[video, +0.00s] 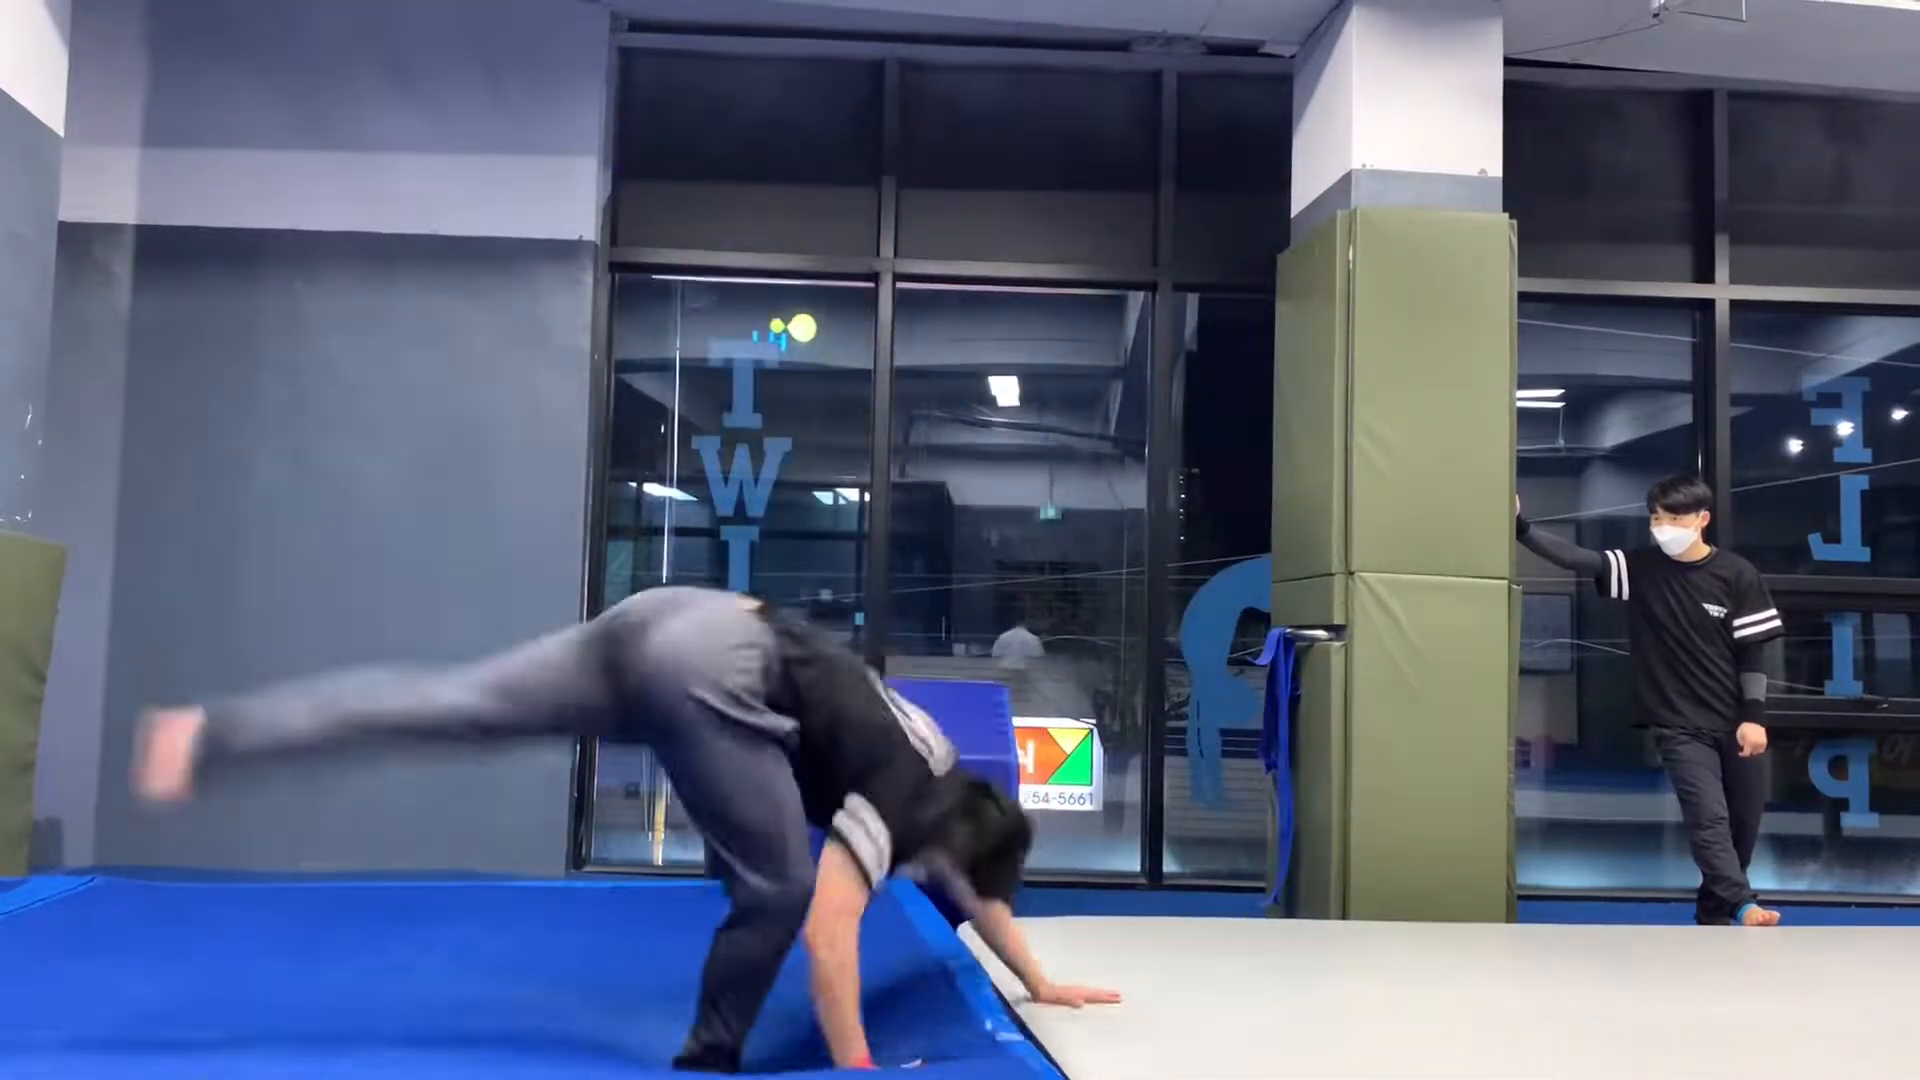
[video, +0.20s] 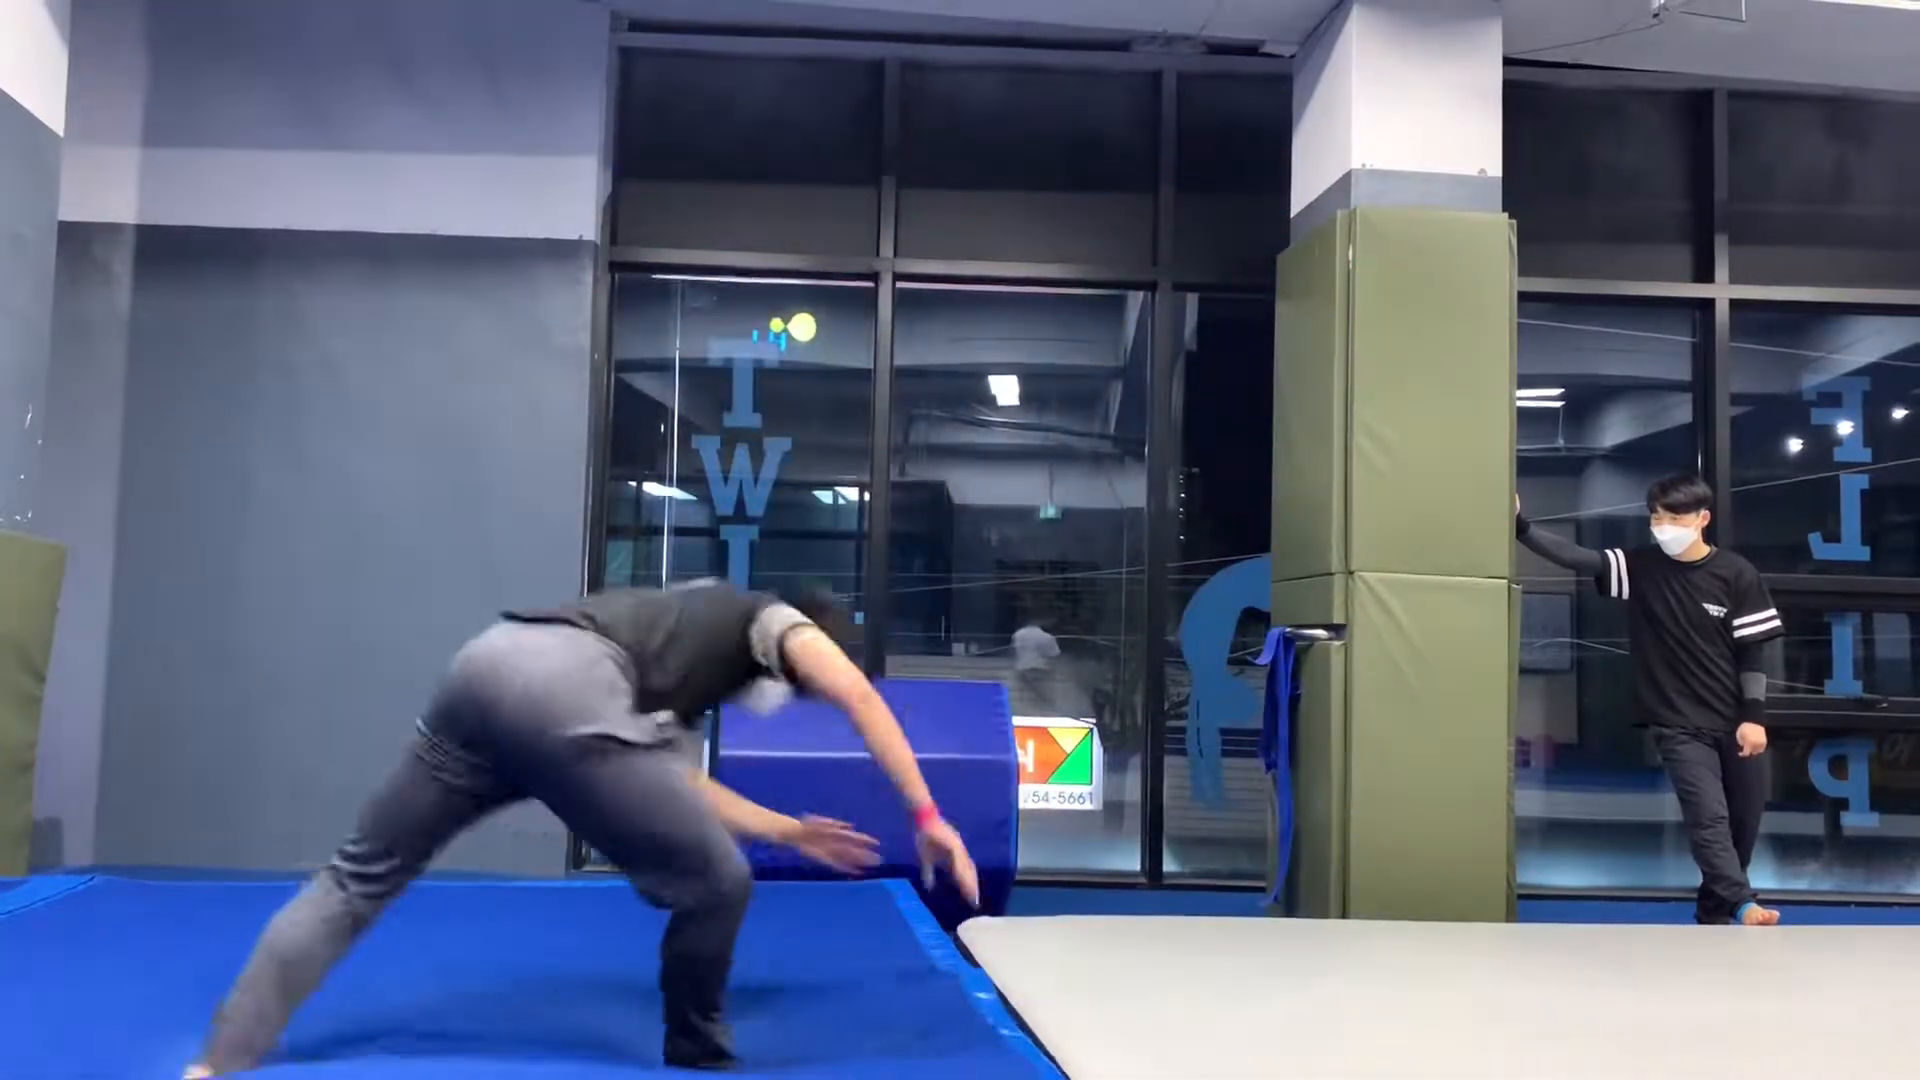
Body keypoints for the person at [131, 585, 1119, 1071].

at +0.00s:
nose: (968, 899)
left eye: (977, 890)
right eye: (971, 884)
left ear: (972, 806)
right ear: (961, 840)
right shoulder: (898, 802)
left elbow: (975, 895)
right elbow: (825, 917)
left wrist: (1042, 985)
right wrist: (856, 1055)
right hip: (713, 666)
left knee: (457, 702)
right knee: (779, 888)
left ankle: (210, 731)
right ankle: (710, 1059)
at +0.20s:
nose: (799, 687)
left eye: (808, 681)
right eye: (810, 673)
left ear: (760, 653)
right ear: (800, 637)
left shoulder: (674, 656)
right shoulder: (768, 611)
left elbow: (685, 785)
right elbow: (849, 691)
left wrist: (795, 833)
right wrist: (926, 810)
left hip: (483, 662)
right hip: (570, 673)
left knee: (354, 877)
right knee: (716, 877)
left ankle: (216, 1061)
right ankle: (696, 1051)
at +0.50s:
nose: (589, 486)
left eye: (588, 477)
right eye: (591, 473)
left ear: (525, 437)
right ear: (573, 451)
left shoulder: (439, 468)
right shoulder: (556, 458)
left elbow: (406, 602)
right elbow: (651, 559)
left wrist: (510, 641)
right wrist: (704, 607)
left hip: (346, 649)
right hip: (438, 646)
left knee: (253, 851)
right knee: (576, 844)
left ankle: (121, 1020)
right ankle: (667, 1036)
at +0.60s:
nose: (539, 463)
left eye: (538, 455)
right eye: (540, 452)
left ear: (468, 421)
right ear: (524, 433)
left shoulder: (384, 460)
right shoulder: (508, 444)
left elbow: (372, 555)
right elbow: (569, 513)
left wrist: (480, 584)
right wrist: (660, 560)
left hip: (316, 663)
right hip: (405, 651)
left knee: (244, 858)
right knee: (548, 842)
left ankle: (120, 1030)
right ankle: (660, 1028)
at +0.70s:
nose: (524, 451)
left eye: (520, 443)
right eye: (523, 440)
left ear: (450, 408)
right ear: (506, 421)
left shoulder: (362, 447)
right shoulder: (495, 430)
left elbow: (322, 560)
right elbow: (597, 517)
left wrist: (456, 569)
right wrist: (642, 531)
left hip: (319, 648)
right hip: (412, 636)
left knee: (248, 848)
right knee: (542, 841)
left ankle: (122, 1021)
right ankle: (662, 1020)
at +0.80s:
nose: (526, 440)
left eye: (520, 432)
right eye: (525, 429)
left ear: (451, 401)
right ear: (510, 413)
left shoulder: (364, 443)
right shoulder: (500, 423)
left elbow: (318, 549)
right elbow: (601, 501)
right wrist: (639, 515)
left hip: (336, 648)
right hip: (435, 633)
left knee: (254, 846)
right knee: (556, 834)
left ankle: (123, 1016)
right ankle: (674, 1018)